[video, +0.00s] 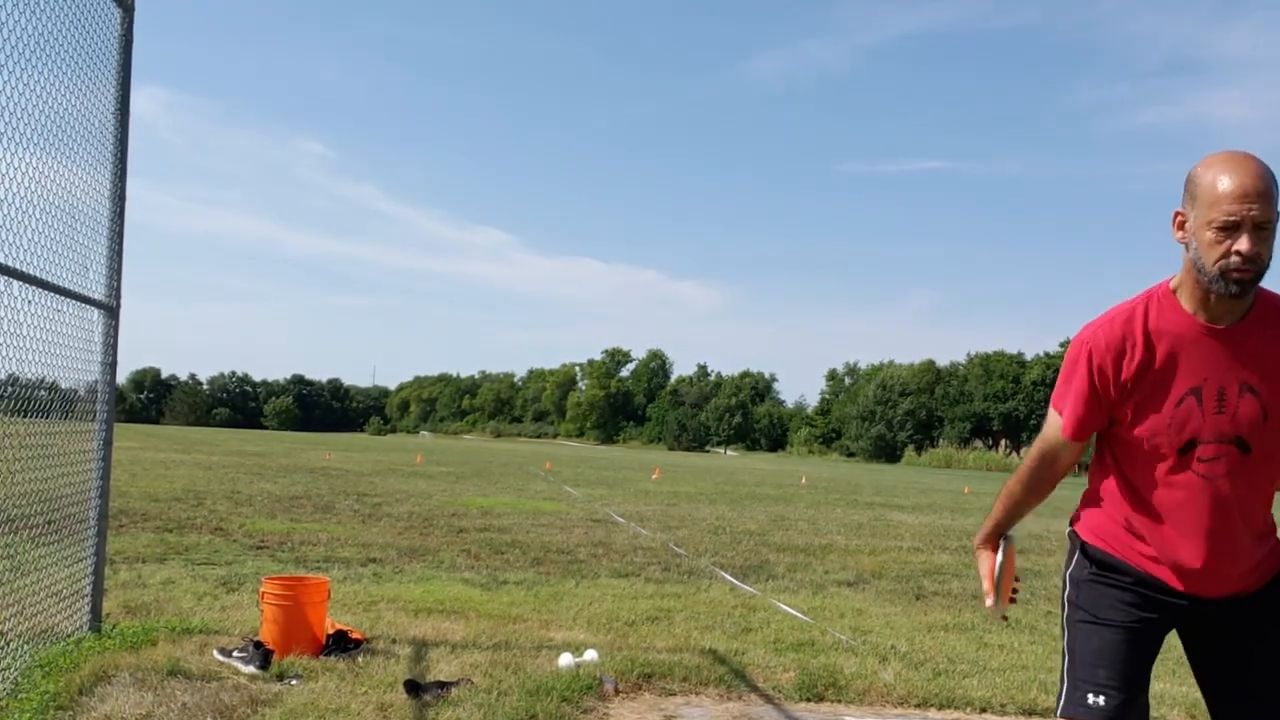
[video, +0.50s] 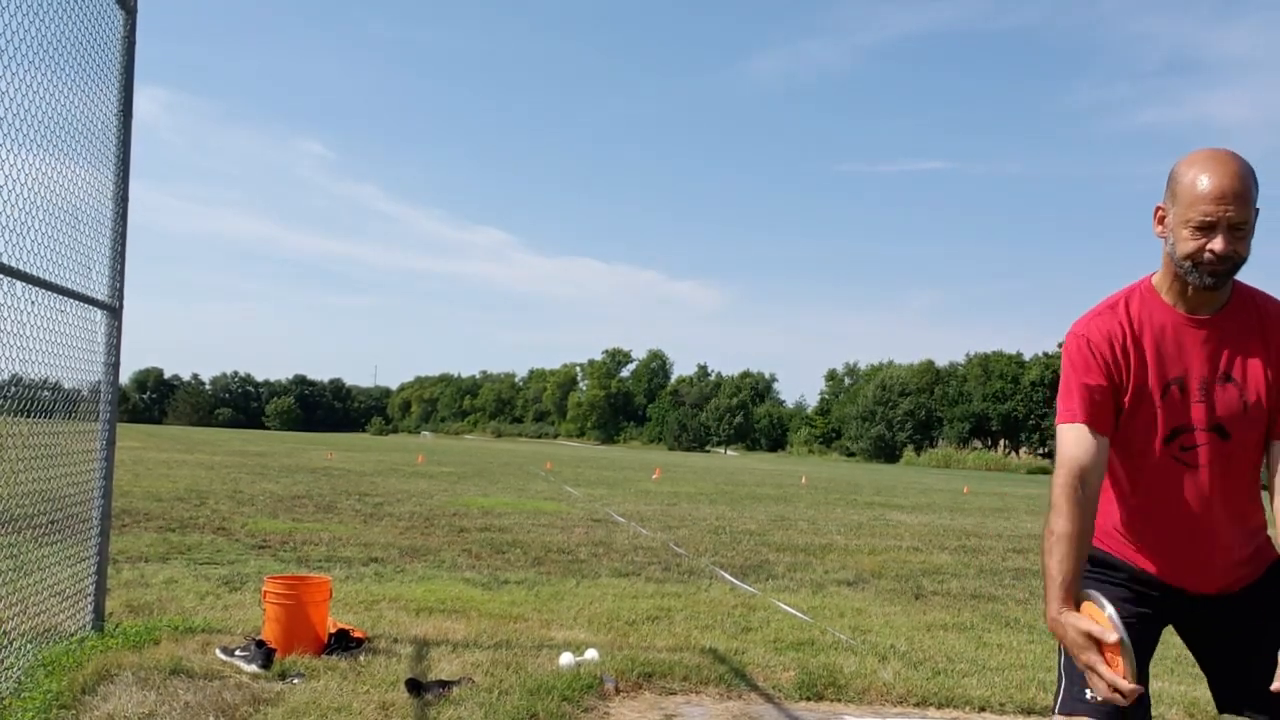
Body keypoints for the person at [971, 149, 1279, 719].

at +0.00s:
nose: (1248, 247)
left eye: (1261, 229)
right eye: (1228, 228)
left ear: (1276, 230)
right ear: (1183, 226)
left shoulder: (1277, 330)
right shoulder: (1115, 339)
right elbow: (1055, 452)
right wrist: (989, 534)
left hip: (1245, 570)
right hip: (1122, 563)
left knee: (1260, 707)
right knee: (1096, 709)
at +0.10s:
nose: (1245, 252)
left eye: (1259, 234)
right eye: (1226, 234)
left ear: (1274, 234)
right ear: (1180, 229)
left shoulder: (1276, 332)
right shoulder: (1109, 342)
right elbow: (1050, 444)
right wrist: (990, 514)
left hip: (1244, 571)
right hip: (1120, 566)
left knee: (1256, 707)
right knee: (1097, 710)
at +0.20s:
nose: (1243, 254)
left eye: (1258, 236)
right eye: (1224, 235)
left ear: (1272, 235)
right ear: (1178, 230)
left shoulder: (1274, 333)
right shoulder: (1106, 344)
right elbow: (1050, 453)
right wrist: (993, 532)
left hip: (1242, 572)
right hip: (1118, 565)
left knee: (1252, 708)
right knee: (1096, 711)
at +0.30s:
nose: (1238, 255)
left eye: (1253, 237)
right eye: (1219, 237)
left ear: (1269, 236)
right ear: (1175, 232)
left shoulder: (1275, 338)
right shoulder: (1105, 346)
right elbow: (1058, 474)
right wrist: (1004, 576)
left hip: (1242, 574)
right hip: (1118, 570)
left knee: (1257, 707)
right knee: (1095, 711)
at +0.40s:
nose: (1229, 254)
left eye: (1246, 236)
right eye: (1211, 235)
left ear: (1261, 233)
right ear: (1169, 229)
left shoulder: (1272, 335)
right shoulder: (1106, 341)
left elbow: (1275, 479)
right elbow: (1067, 487)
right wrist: (1028, 614)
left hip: (1241, 579)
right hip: (1122, 573)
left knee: (1258, 706)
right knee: (1100, 706)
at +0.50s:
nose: (1221, 246)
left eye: (1237, 229)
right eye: (1203, 228)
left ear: (1255, 227)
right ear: (1162, 222)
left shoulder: (1272, 327)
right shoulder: (1102, 335)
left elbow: (1277, 474)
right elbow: (1076, 480)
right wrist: (1058, 606)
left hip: (1240, 570)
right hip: (1125, 566)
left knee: (1268, 702)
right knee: (1096, 707)